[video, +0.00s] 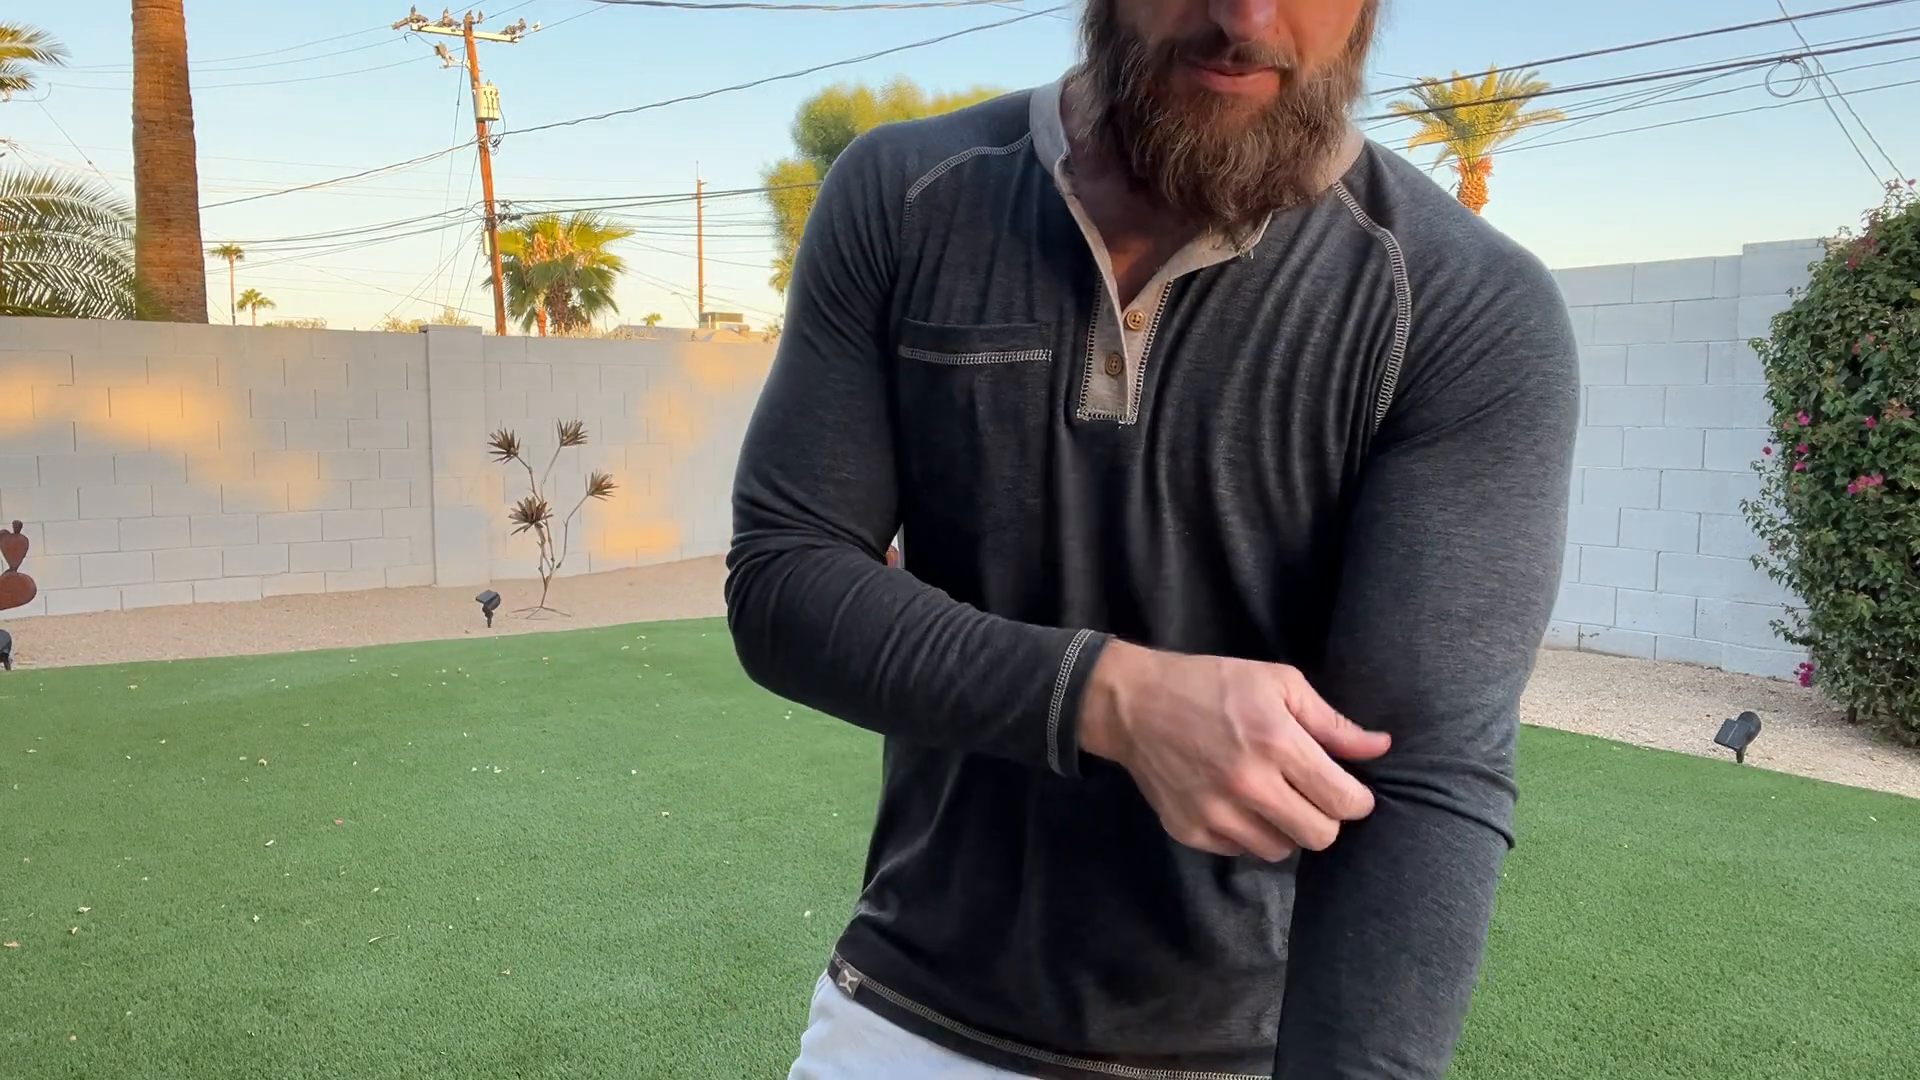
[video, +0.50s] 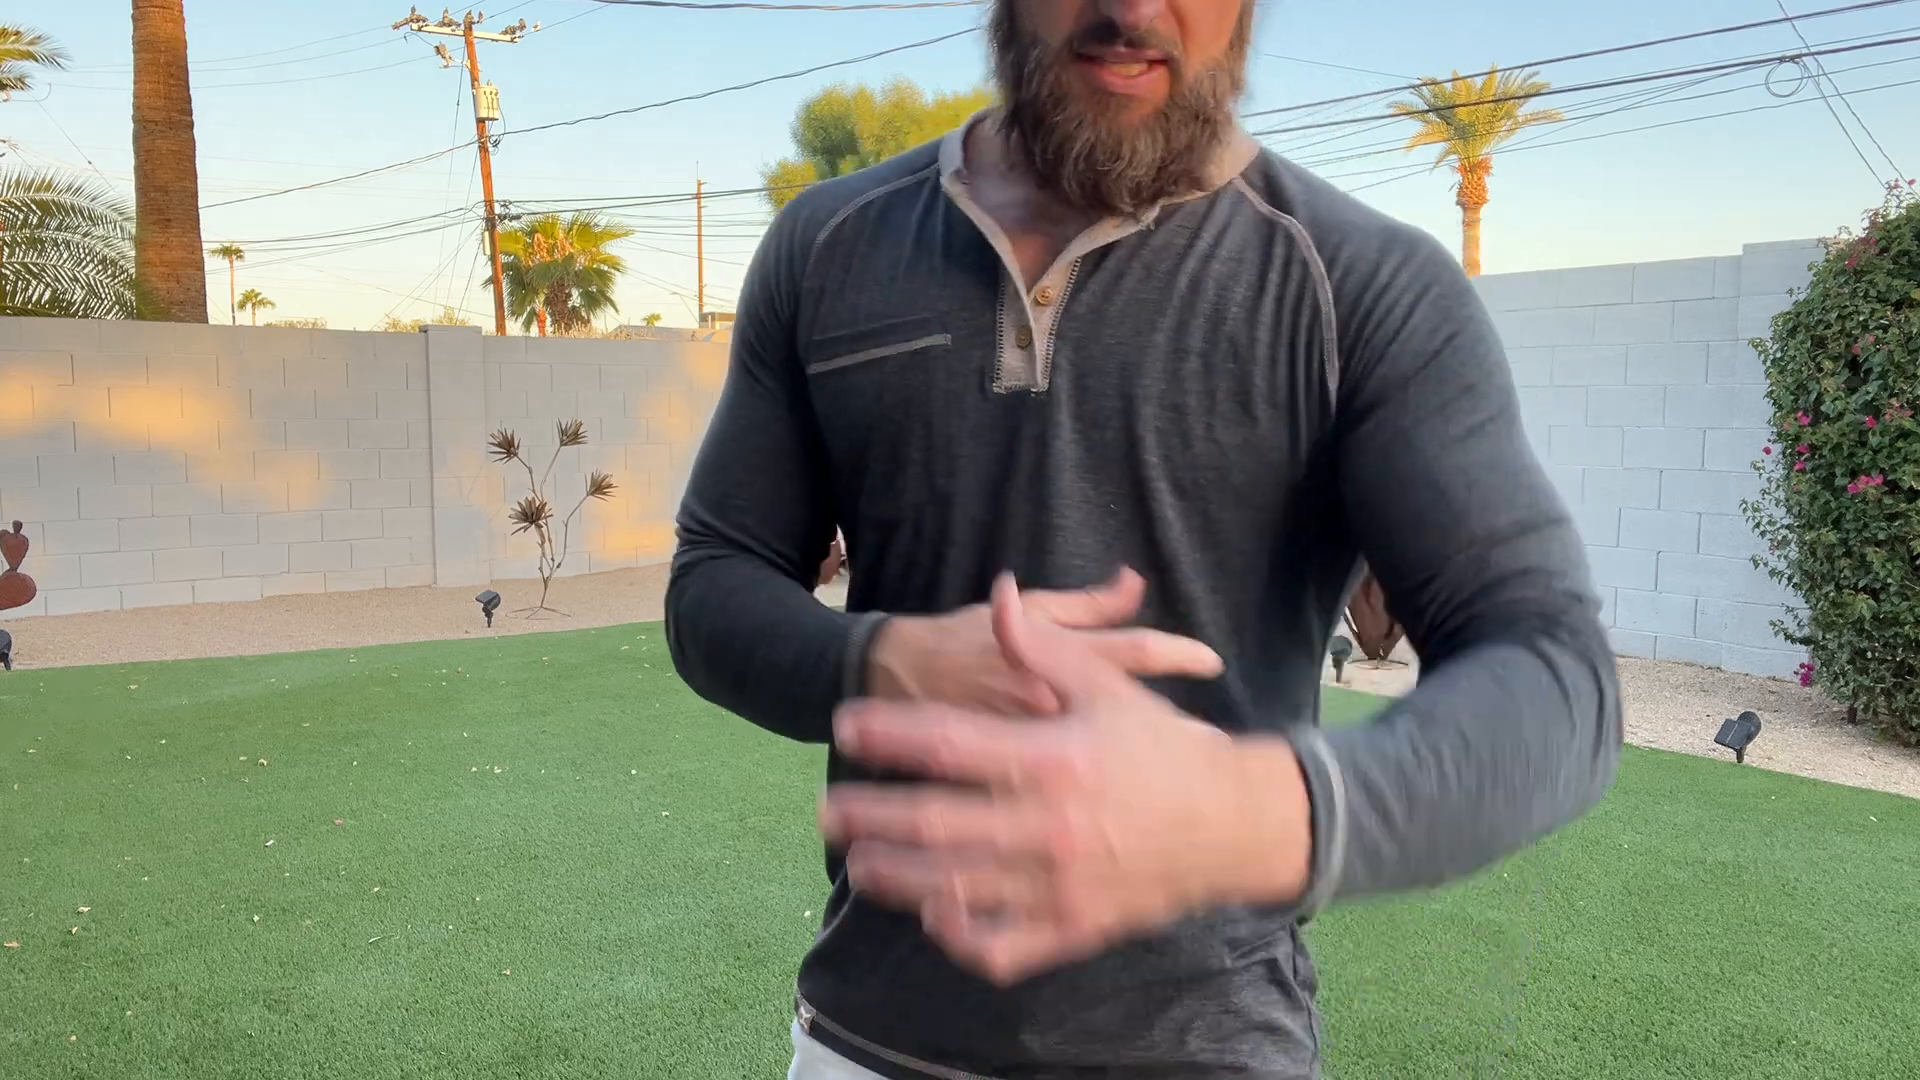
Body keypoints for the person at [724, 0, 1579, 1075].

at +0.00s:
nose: (1246, 19)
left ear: (1367, 6)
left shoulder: (1469, 309)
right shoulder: (897, 200)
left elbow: (1426, 783)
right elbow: (784, 585)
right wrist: (1111, 696)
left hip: (1254, 1045)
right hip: (916, 1021)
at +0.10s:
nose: (1252, 11)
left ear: (1375, 6)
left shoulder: (1481, 317)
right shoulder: (902, 197)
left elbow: (1434, 798)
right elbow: (791, 582)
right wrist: (1136, 709)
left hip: (1259, 1041)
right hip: (923, 1020)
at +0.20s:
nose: (1240, 8)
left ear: (1361, 13)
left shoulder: (1476, 307)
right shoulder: (898, 199)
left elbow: (1441, 755)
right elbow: (771, 582)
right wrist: (1112, 642)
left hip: (1271, 1038)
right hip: (924, 1020)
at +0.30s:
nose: (1216, 3)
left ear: (1333, 6)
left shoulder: (1453, 298)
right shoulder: (884, 204)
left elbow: (1437, 732)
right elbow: (755, 579)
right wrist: (1092, 643)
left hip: (1267, 1035)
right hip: (916, 1023)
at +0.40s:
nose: (1173, 9)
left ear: (1293, 7)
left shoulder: (1416, 299)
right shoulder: (858, 237)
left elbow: (1460, 739)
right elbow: (748, 599)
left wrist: (1359, 1056)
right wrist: (1035, 707)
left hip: (1251, 1034)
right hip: (906, 1033)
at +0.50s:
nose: (1133, 7)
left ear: (1243, 15)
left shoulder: (1365, 284)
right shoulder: (827, 253)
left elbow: (1553, 681)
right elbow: (714, 589)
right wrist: (889, 666)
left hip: (1204, 1026)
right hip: (879, 1020)